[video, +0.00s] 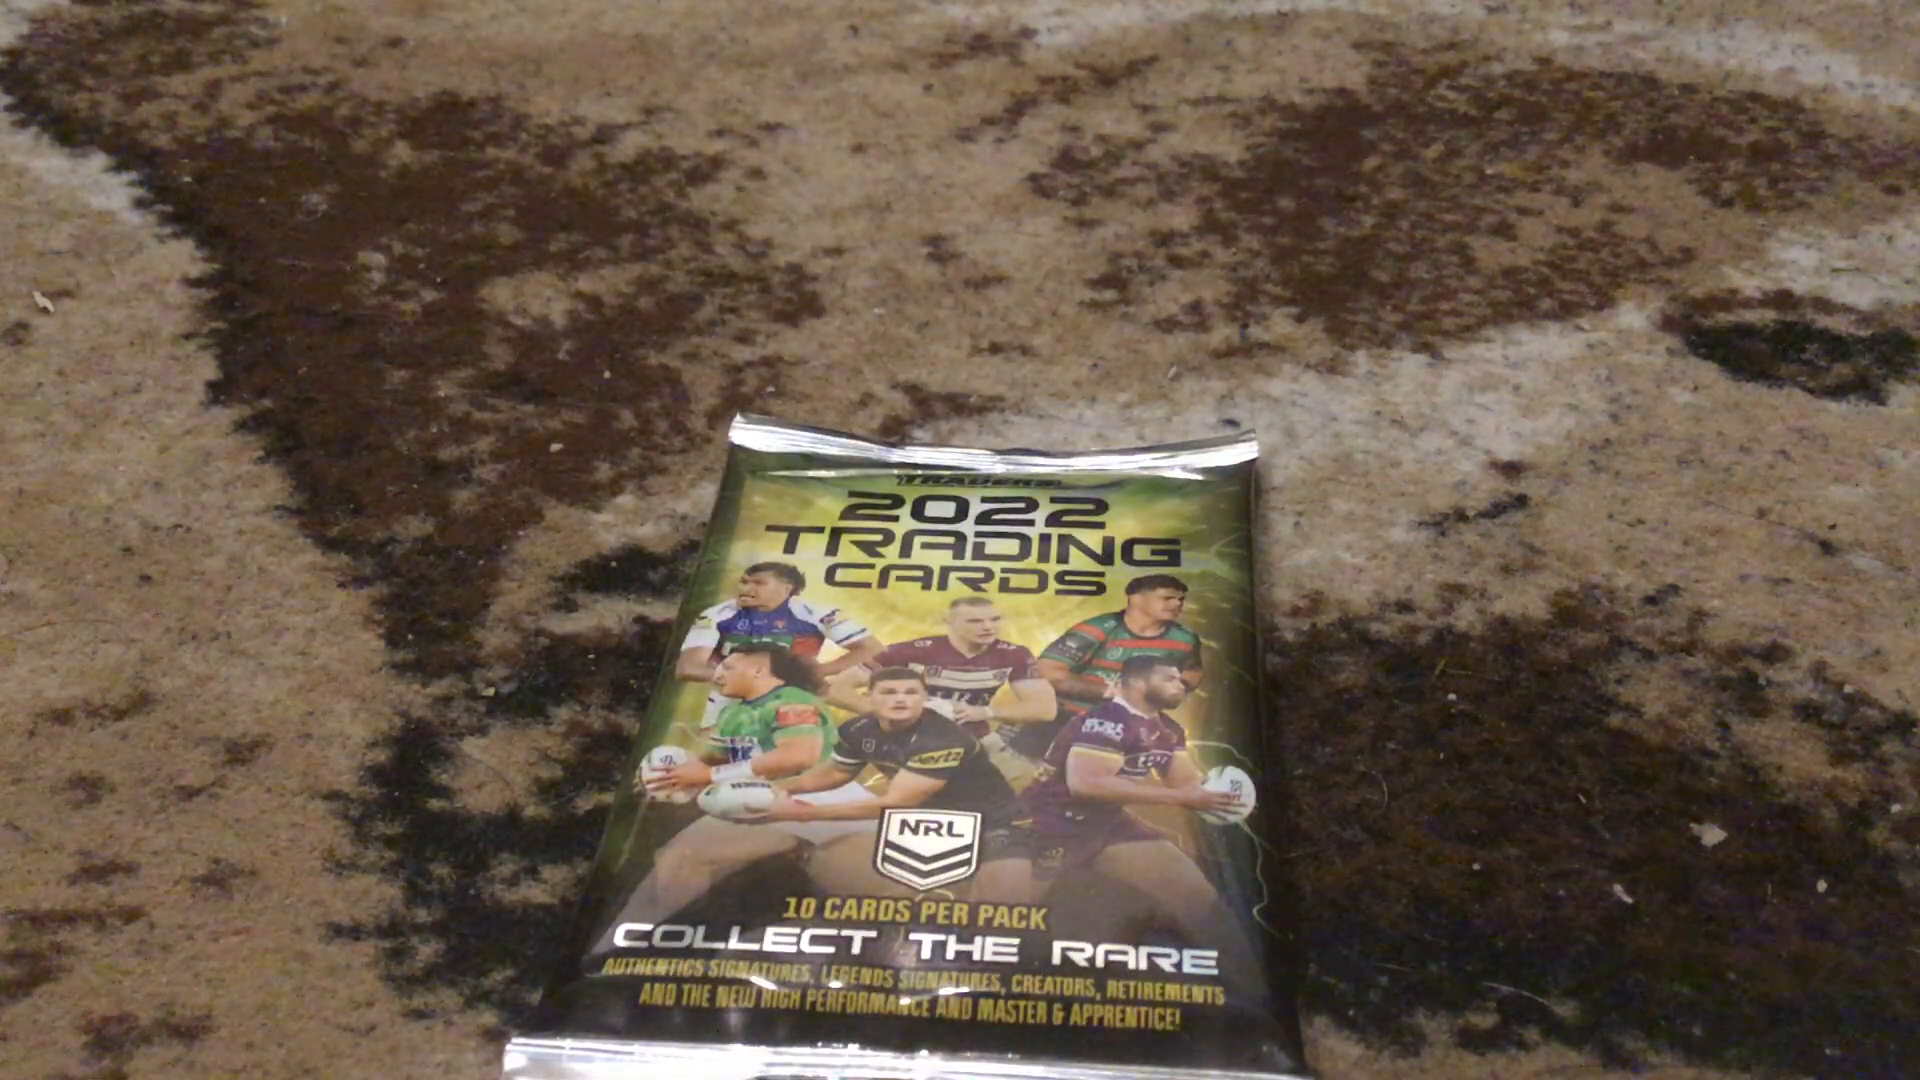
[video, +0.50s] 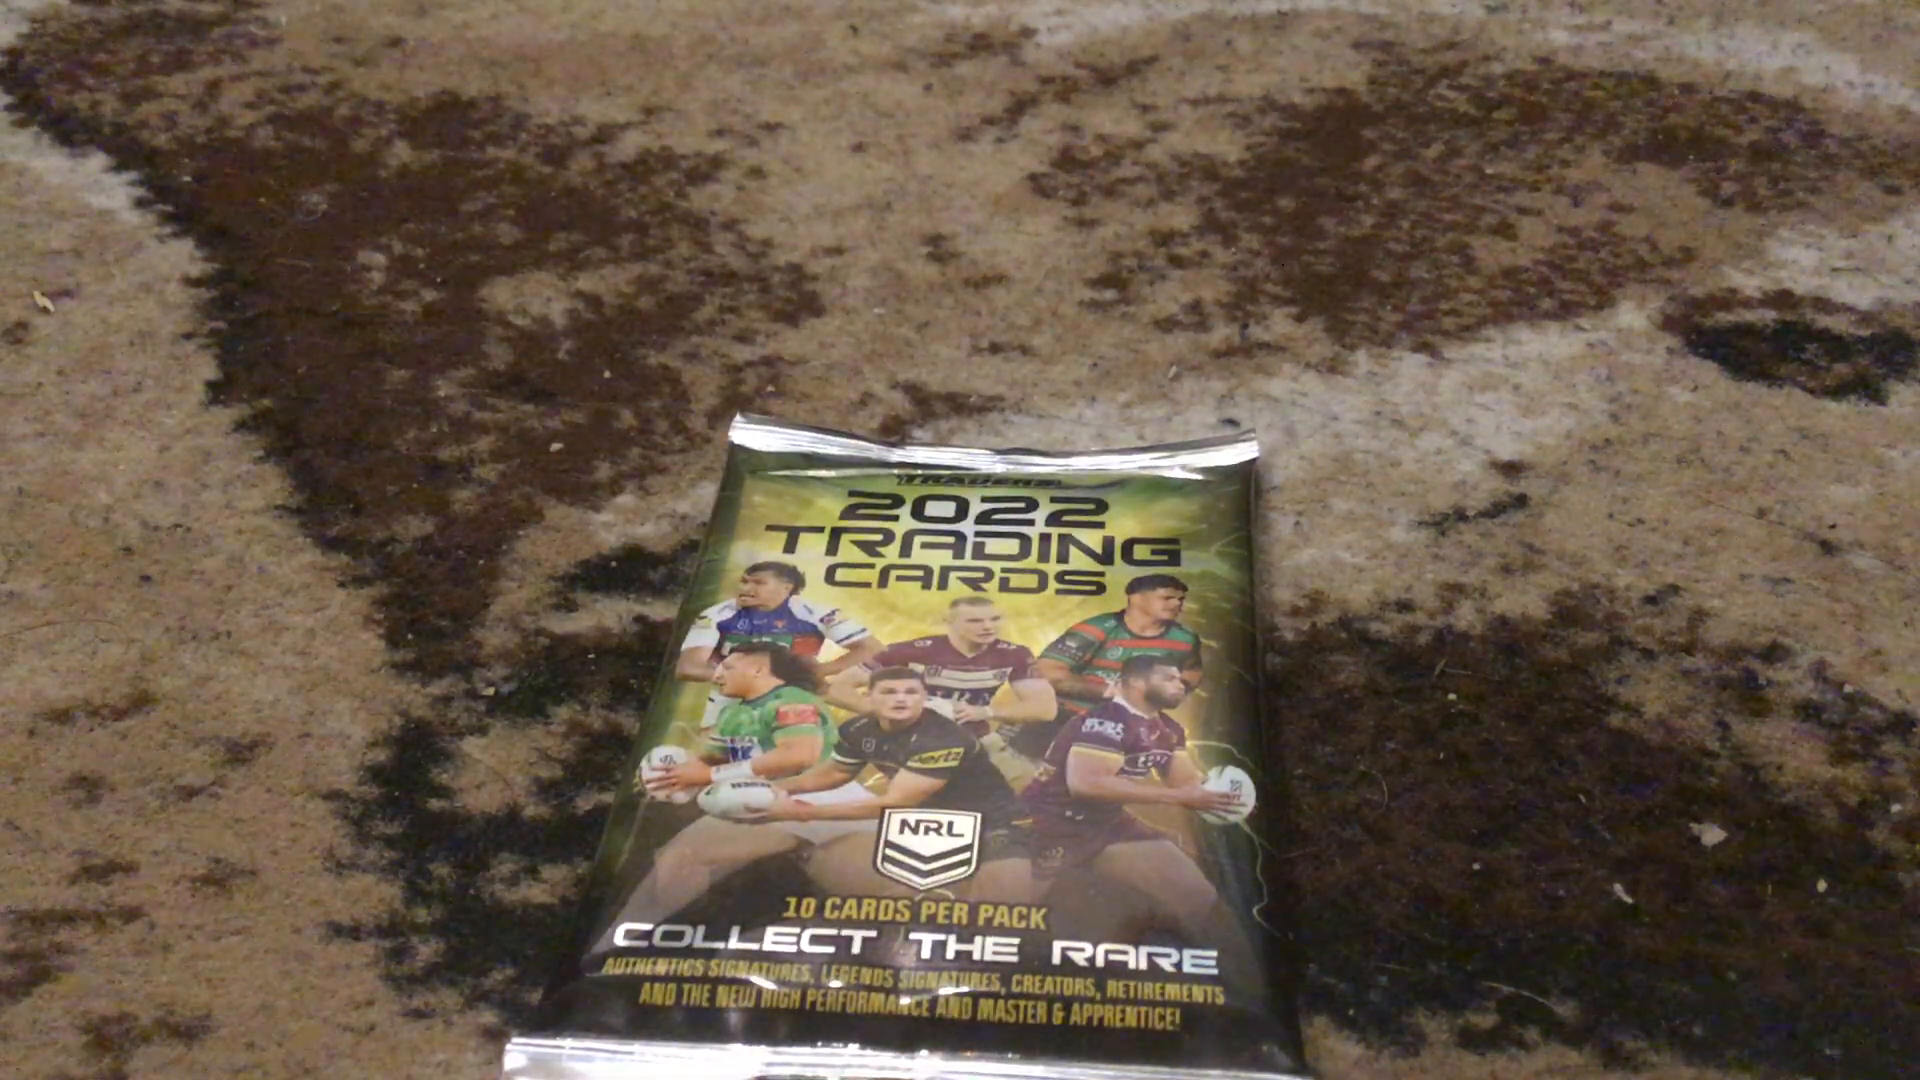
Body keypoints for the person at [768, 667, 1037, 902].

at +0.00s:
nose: (900, 700)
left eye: (910, 693)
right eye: (889, 693)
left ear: (924, 698)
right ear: (872, 698)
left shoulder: (944, 738)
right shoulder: (861, 731)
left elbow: (895, 805)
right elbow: (834, 772)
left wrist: (811, 813)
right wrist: (788, 785)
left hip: (993, 828)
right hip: (930, 826)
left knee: (1006, 913)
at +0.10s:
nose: (900, 700)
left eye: (910, 693)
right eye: (889, 693)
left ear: (924, 698)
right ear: (872, 699)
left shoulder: (944, 738)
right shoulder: (861, 732)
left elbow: (893, 805)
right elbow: (832, 773)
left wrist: (809, 813)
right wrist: (787, 786)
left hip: (993, 828)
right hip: (931, 826)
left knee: (1003, 916)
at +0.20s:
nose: (900, 700)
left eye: (910, 693)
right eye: (889, 693)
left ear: (924, 698)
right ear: (873, 698)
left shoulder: (944, 738)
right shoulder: (862, 731)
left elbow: (894, 805)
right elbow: (834, 772)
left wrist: (808, 812)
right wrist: (787, 786)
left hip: (992, 826)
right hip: (929, 822)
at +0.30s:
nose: (900, 700)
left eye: (910, 692)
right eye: (889, 692)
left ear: (924, 698)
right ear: (872, 698)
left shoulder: (944, 738)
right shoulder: (862, 731)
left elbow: (894, 805)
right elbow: (832, 773)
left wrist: (806, 813)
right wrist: (786, 786)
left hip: (992, 827)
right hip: (928, 824)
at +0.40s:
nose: (900, 699)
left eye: (910, 692)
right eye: (889, 692)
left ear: (924, 698)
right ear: (872, 698)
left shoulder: (944, 738)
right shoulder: (861, 732)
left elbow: (893, 805)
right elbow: (833, 773)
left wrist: (808, 812)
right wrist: (786, 786)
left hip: (993, 829)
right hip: (929, 826)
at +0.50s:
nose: (900, 700)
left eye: (910, 692)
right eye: (889, 692)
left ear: (924, 698)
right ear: (872, 698)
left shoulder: (944, 738)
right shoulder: (861, 731)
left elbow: (894, 805)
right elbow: (833, 772)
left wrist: (808, 812)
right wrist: (786, 786)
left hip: (993, 830)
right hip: (928, 828)